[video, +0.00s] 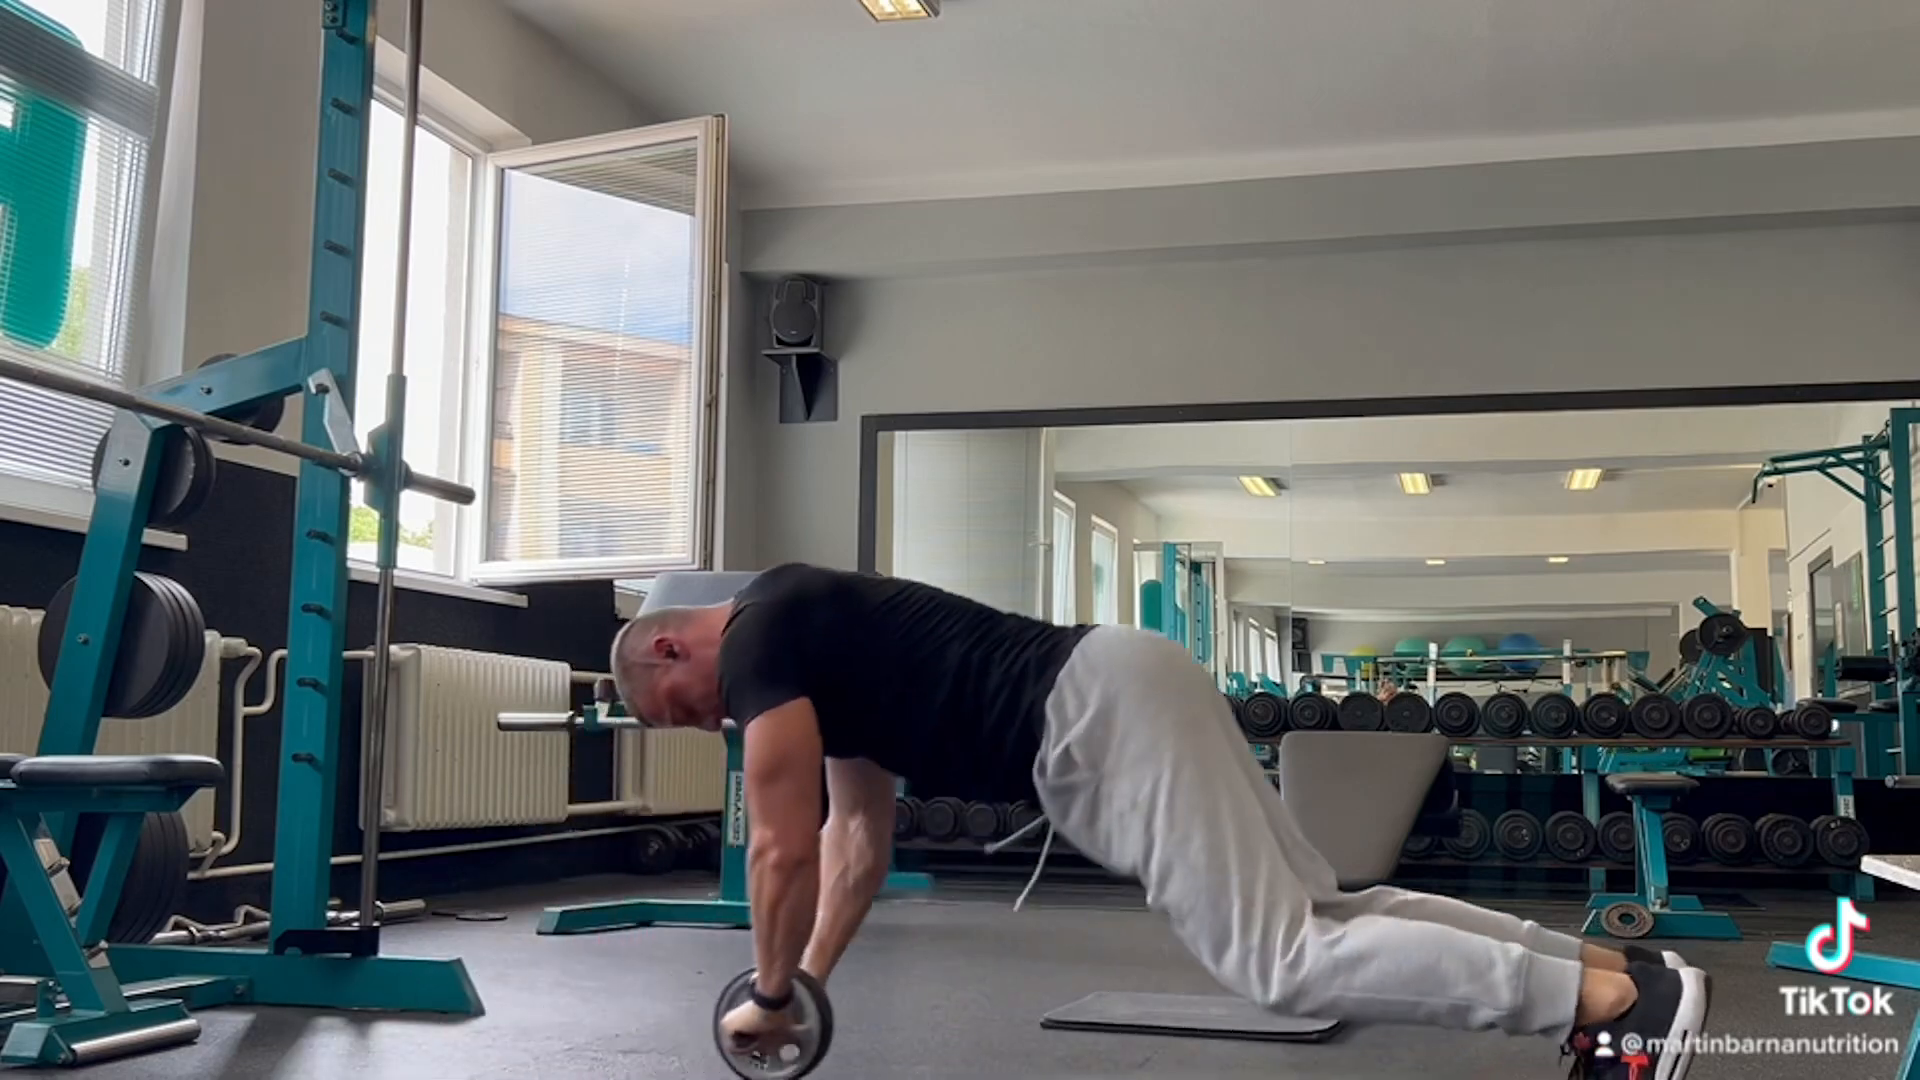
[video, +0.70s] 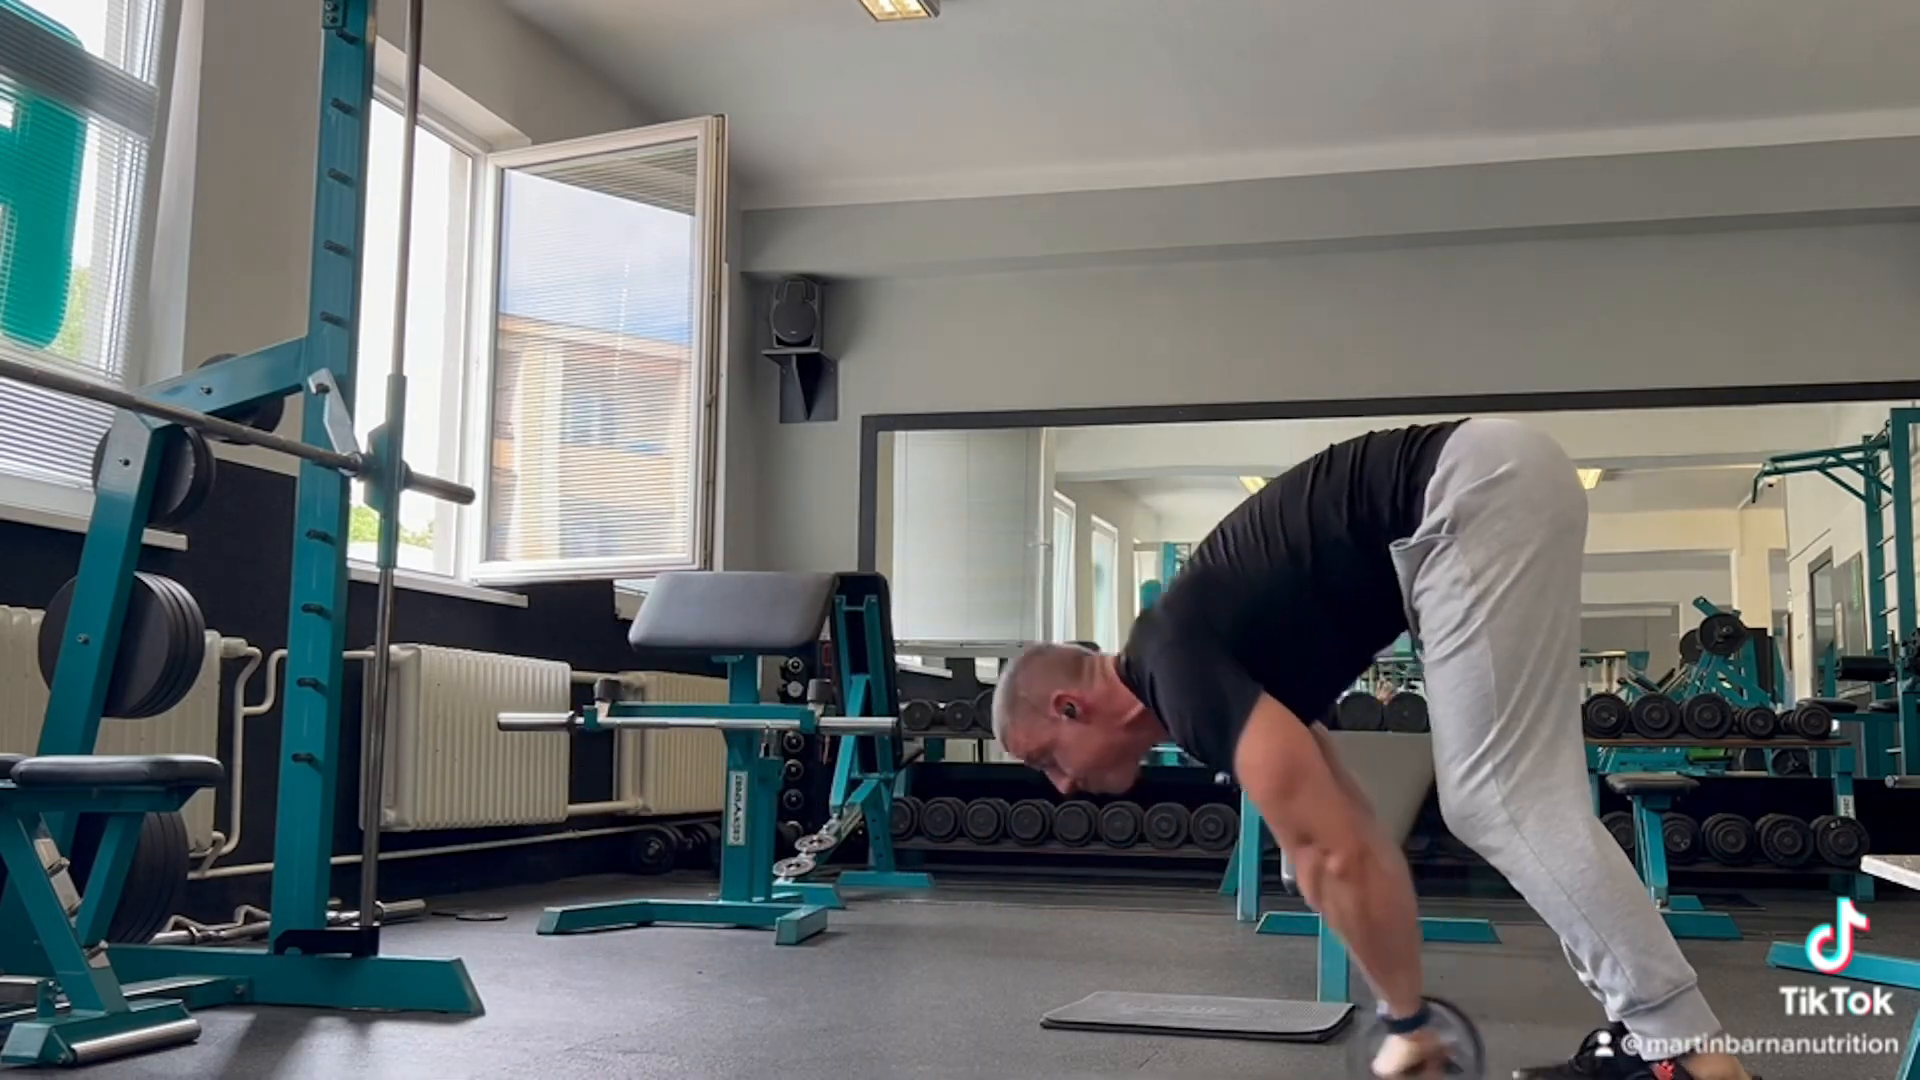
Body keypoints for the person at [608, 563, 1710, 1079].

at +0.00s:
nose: (672, 725)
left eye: (655, 704)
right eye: (660, 715)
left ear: (666, 648)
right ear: (690, 643)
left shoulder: (765, 630)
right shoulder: (823, 641)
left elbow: (786, 844)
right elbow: (852, 847)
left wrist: (772, 995)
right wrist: (799, 988)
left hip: (1104, 703)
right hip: (1120, 703)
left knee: (1284, 960)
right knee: (1310, 917)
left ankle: (1604, 994)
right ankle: (1598, 971)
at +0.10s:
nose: (755, 729)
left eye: (733, 713)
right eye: (741, 726)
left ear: (728, 648)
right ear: (753, 644)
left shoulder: (826, 621)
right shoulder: (881, 633)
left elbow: (868, 827)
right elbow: (933, 835)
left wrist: (873, 988)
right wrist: (892, 990)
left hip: (1171, 619)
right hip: (1189, 613)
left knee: (1334, 882)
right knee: (1348, 866)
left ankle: (1636, 1005)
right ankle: (1626, 997)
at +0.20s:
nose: (834, 737)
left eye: (809, 720)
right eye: (812, 733)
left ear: (809, 652)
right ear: (822, 646)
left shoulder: (915, 622)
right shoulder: (940, 618)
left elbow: (984, 838)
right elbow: (1028, 830)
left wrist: (998, 1002)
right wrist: (1012, 986)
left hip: (1249, 548)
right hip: (1260, 537)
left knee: (1375, 835)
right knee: (1366, 823)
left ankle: (1640, 1015)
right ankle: (1604, 999)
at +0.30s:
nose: (912, 750)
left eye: (886, 733)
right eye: (888, 740)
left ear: (904, 672)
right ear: (911, 652)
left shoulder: (1011, 629)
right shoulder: (1023, 620)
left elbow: (1112, 844)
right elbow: (1142, 818)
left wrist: (1149, 1007)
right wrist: (1154, 983)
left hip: (1330, 521)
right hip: (1334, 513)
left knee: (1418, 816)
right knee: (1423, 806)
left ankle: (1659, 1031)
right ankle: (1603, 1007)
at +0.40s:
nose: (993, 785)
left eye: (971, 763)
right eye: (971, 775)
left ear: (997, 697)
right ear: (1002, 689)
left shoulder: (1102, 658)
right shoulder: (1112, 643)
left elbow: (1235, 855)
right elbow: (1258, 831)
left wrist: (1310, 1020)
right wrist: (1313, 1006)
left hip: (1404, 503)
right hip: (1412, 497)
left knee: (1455, 808)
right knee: (1469, 799)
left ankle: (1661, 1034)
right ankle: (1636, 1019)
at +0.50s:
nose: (1067, 824)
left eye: (1053, 797)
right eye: (1048, 812)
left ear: (1086, 733)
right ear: (1091, 729)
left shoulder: (1185, 697)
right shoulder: (1183, 696)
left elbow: (1372, 867)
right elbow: (1365, 857)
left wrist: (1483, 1023)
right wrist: (1477, 1016)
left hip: (1458, 489)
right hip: (1460, 486)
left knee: (1490, 800)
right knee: (1502, 793)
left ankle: (1675, 1040)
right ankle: (1655, 1024)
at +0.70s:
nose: (1065, 790)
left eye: (1047, 765)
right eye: (1045, 776)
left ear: (1079, 705)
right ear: (1085, 697)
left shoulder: (1181, 660)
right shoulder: (1194, 647)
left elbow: (1336, 850)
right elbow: (1350, 837)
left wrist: (1409, 1020)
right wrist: (1409, 1006)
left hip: (1479, 484)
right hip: (1485, 475)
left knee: (1495, 796)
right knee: (1508, 789)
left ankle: (1685, 1042)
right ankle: (1644, 1023)